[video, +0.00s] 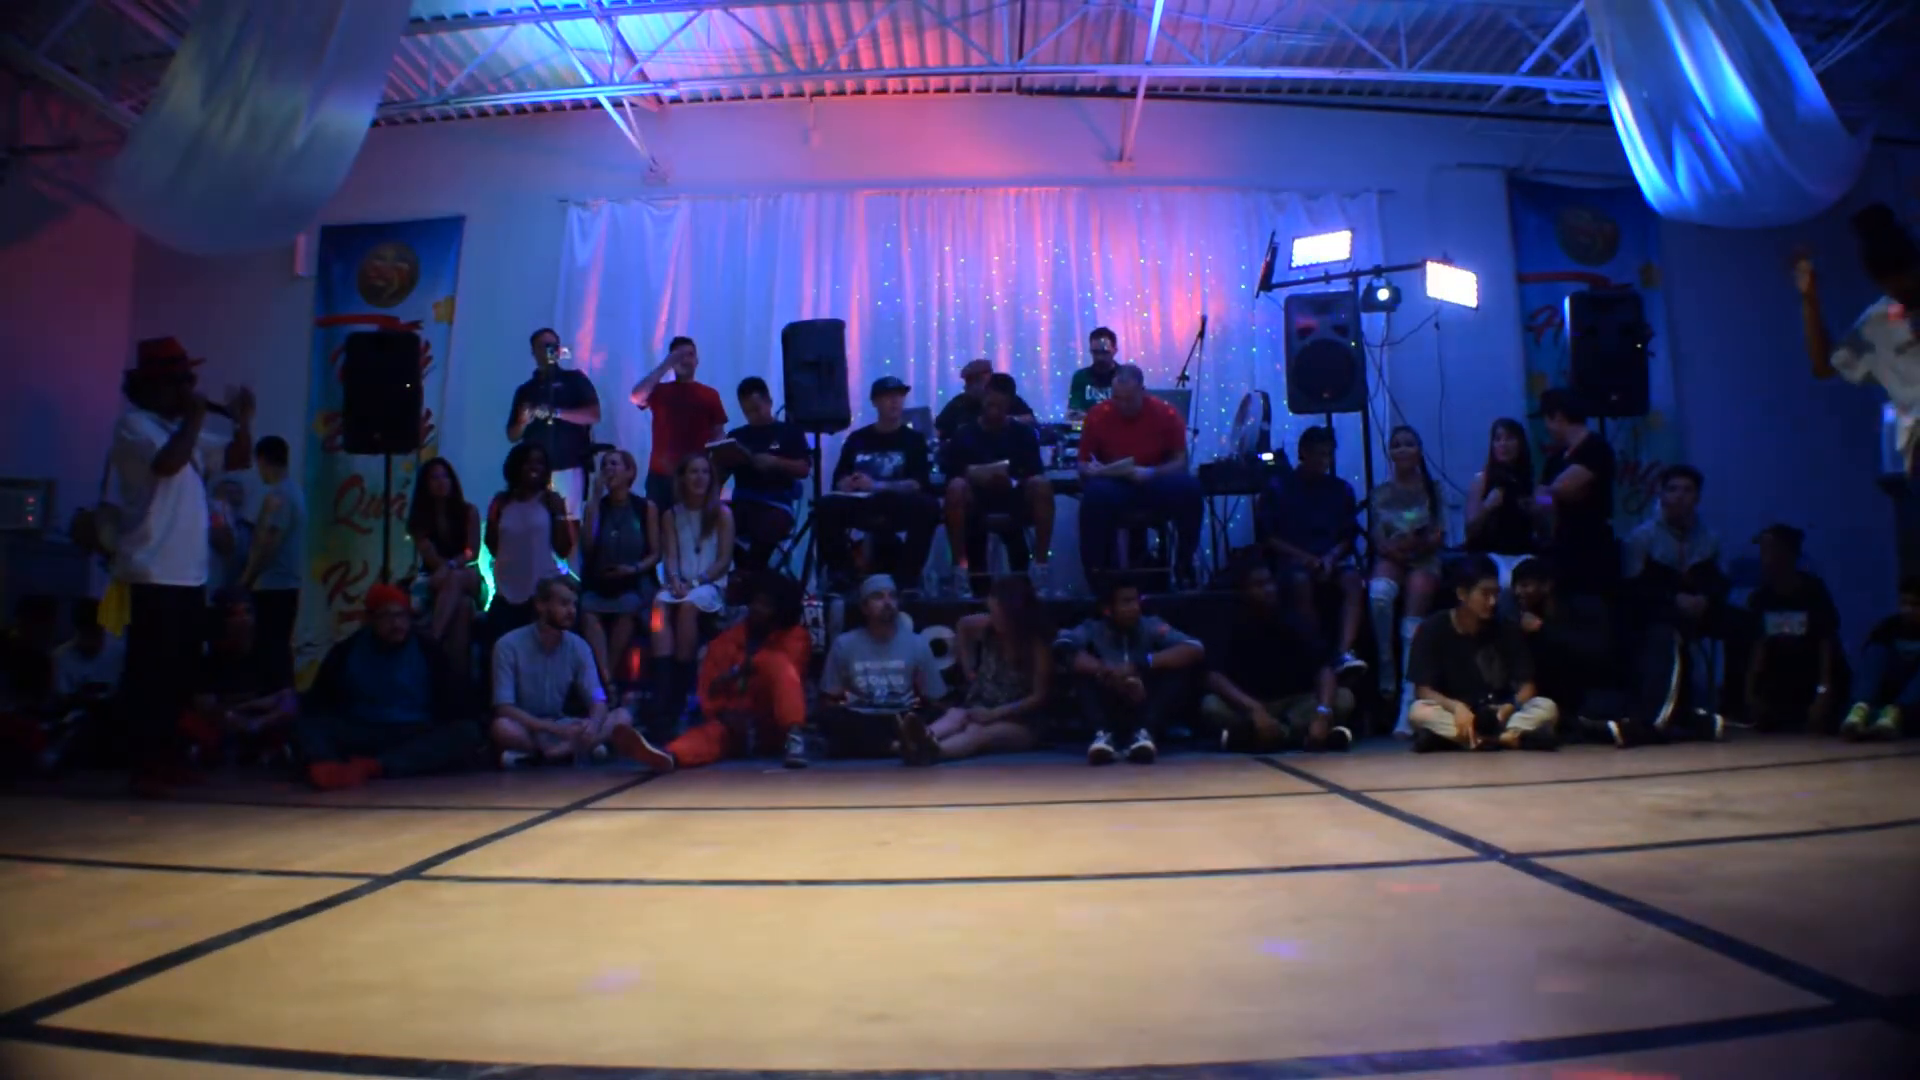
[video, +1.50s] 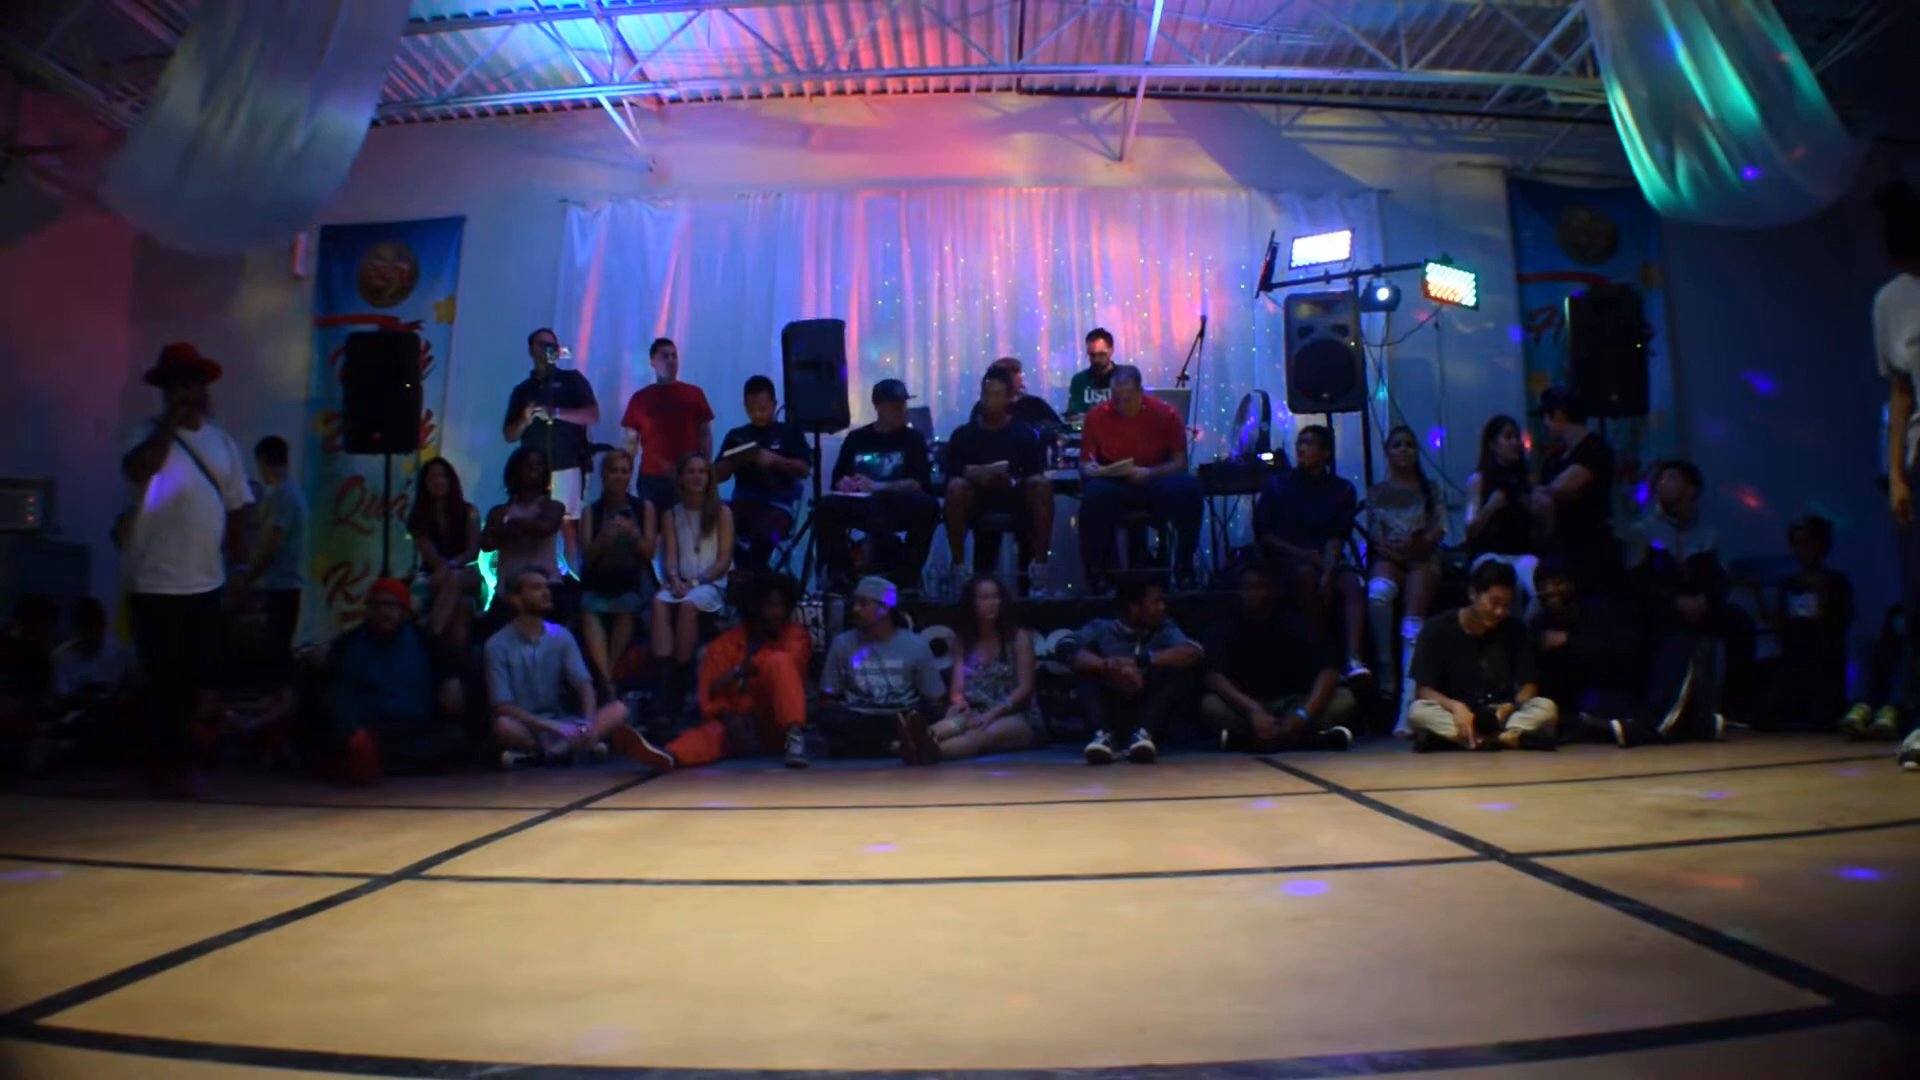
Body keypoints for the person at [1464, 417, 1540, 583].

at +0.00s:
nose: (1503, 445)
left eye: (1510, 439)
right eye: (1498, 439)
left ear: (1520, 444)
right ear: (1492, 444)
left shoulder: (1530, 478)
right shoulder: (1482, 480)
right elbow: (1471, 525)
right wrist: (1488, 506)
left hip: (1523, 550)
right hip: (1489, 550)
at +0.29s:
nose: (1503, 445)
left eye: (1509, 439)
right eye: (1497, 439)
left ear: (1521, 444)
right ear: (1492, 444)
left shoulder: (1530, 479)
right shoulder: (1481, 480)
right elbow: (1472, 524)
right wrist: (1488, 506)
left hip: (1524, 551)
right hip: (1490, 551)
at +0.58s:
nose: (1510, 444)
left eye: (1515, 437)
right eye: (1503, 438)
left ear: (1522, 443)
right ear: (1493, 445)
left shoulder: (1529, 478)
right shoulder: (1481, 480)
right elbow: (1471, 524)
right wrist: (1487, 507)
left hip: (1523, 550)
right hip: (1489, 550)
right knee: (1491, 570)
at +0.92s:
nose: (1517, 443)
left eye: (1519, 438)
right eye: (1510, 437)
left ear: (1523, 441)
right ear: (1495, 444)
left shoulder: (1527, 477)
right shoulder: (1482, 480)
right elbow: (1471, 527)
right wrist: (1490, 507)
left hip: (1523, 550)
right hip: (1489, 550)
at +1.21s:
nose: (1515, 443)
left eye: (1516, 438)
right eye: (1508, 438)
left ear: (1520, 440)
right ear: (1491, 445)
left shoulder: (1525, 477)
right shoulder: (1480, 480)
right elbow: (1470, 529)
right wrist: (1490, 506)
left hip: (1522, 550)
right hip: (1489, 551)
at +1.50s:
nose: (1516, 443)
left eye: (1517, 437)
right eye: (1508, 437)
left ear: (1521, 441)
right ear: (1492, 444)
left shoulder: (1526, 477)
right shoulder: (1479, 480)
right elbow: (1471, 528)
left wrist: (1540, 507)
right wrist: (1492, 507)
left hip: (1523, 551)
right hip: (1490, 551)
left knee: (1535, 570)